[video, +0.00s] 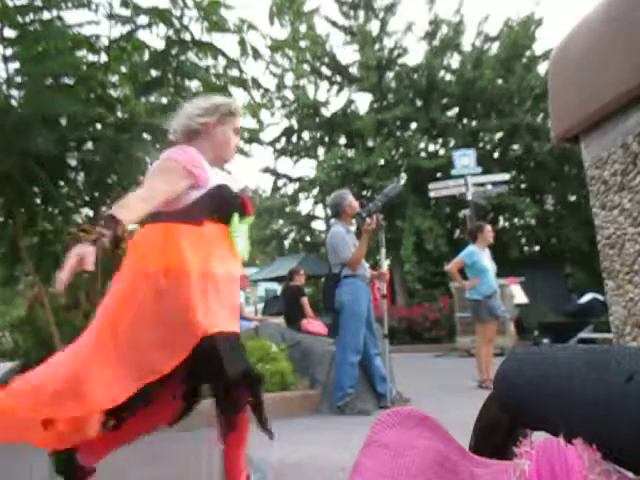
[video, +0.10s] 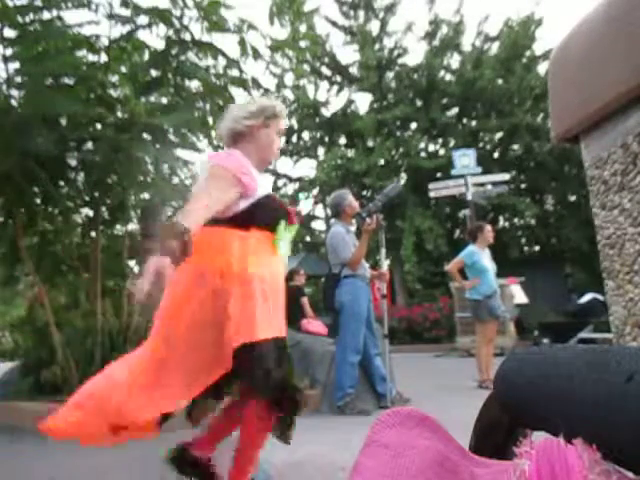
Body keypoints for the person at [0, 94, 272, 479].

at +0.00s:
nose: (239, 141)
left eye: (240, 133)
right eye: (235, 131)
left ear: (213, 128)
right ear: (210, 126)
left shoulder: (204, 172)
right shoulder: (184, 162)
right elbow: (141, 199)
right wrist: (95, 241)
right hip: (184, 300)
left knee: (172, 400)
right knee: (235, 388)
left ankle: (85, 456)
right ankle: (237, 473)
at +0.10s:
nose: (282, 143)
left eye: (282, 134)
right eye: (278, 133)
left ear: (252, 133)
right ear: (255, 131)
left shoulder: (244, 173)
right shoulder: (231, 167)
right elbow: (197, 209)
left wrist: (280, 218)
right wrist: (163, 253)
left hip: (250, 294)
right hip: (237, 293)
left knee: (259, 384)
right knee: (269, 389)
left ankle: (199, 450)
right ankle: (242, 473)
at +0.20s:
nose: (322, 138)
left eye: (323, 130)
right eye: (319, 129)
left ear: (298, 129)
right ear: (298, 127)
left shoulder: (294, 167)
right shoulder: (277, 160)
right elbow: (254, 208)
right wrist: (237, 248)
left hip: (302, 286)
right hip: (282, 285)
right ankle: (244, 467)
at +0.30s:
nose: (359, 139)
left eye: (359, 131)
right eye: (356, 130)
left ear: (329, 128)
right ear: (337, 125)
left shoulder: (303, 164)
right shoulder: (326, 158)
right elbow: (307, 201)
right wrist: (297, 244)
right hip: (336, 298)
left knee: (320, 395)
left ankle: (262, 455)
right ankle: (402, 457)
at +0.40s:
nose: (395, 147)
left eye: (395, 139)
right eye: (392, 138)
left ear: (362, 138)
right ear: (372, 136)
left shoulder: (335, 176)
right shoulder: (365, 168)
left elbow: (309, 235)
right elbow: (354, 210)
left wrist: (294, 255)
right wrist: (350, 255)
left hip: (339, 281)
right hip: (377, 279)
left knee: (345, 354)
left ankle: (341, 432)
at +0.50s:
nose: (428, 150)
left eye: (428, 142)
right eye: (425, 141)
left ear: (393, 142)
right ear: (407, 141)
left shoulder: (366, 179)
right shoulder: (402, 175)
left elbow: (357, 233)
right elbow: (402, 220)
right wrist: (414, 268)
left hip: (368, 272)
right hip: (401, 269)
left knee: (410, 364)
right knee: (472, 355)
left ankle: (405, 443)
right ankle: (458, 448)